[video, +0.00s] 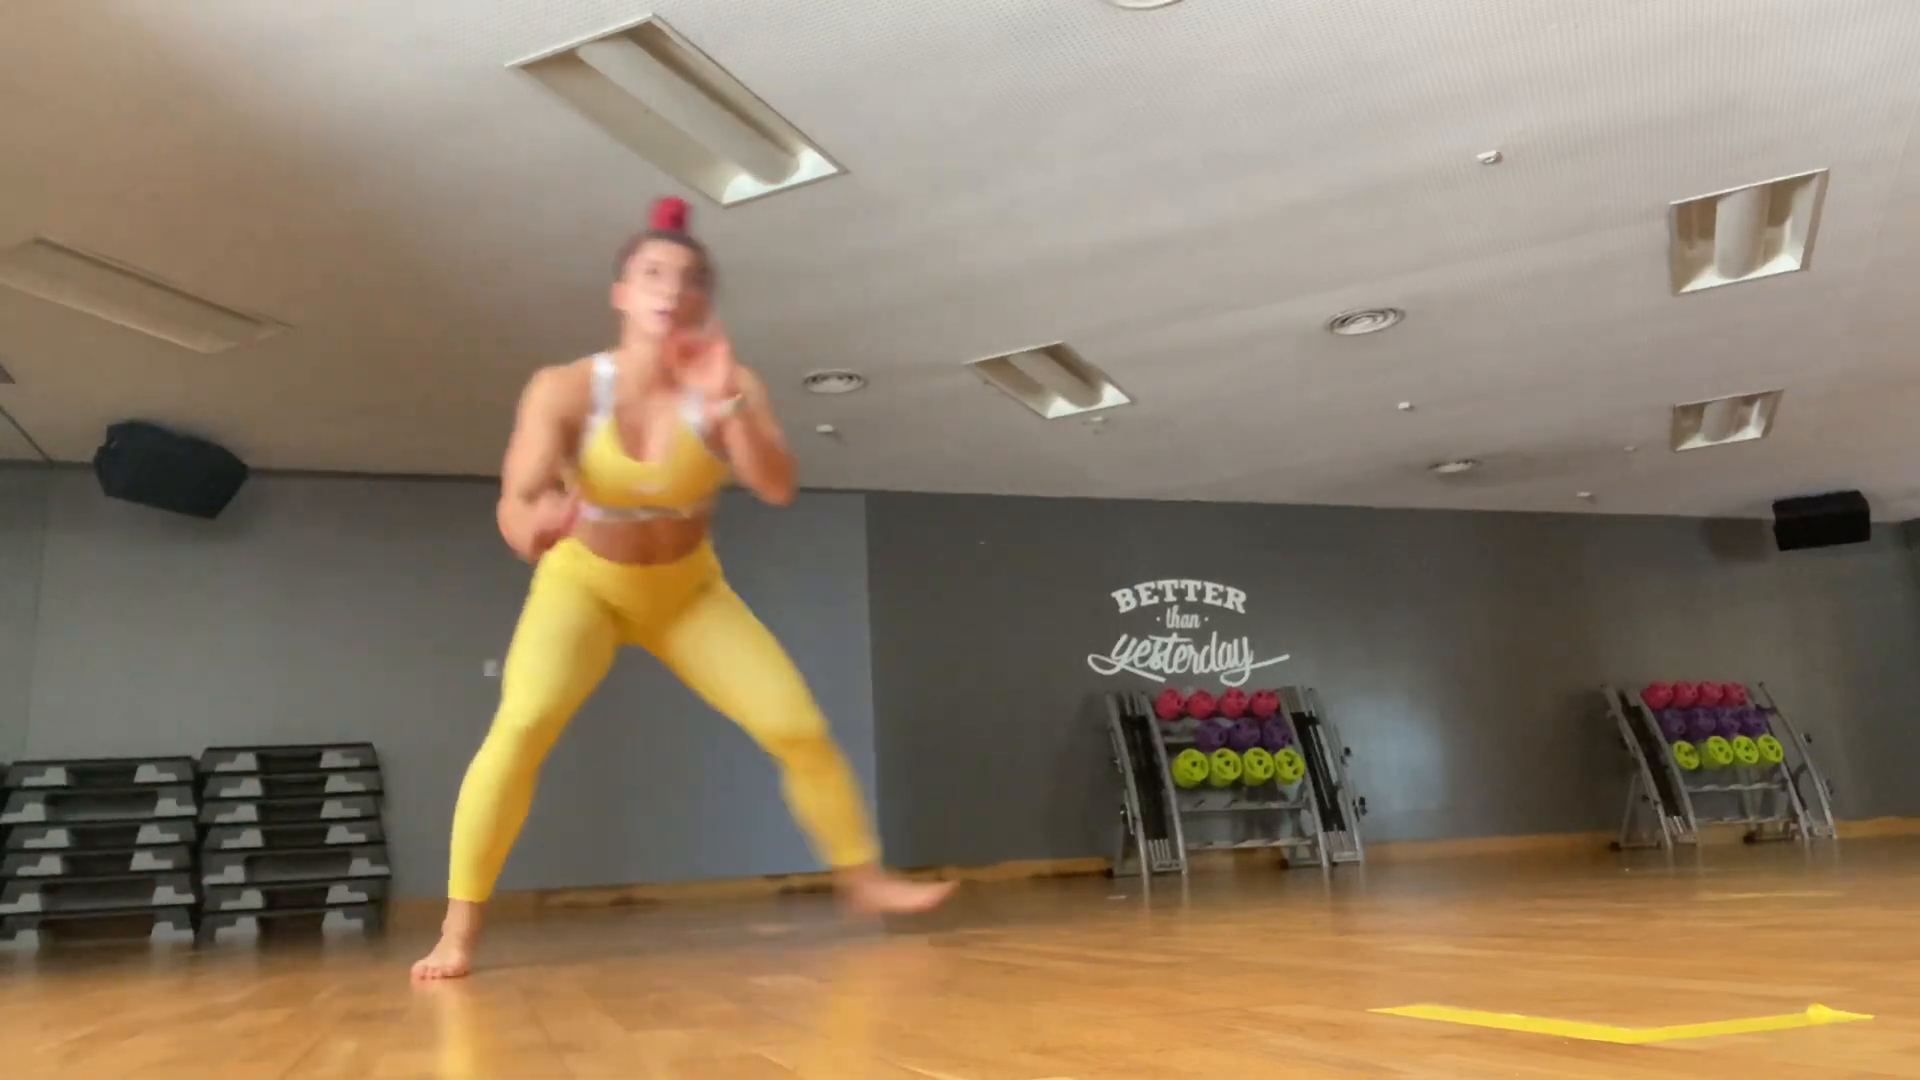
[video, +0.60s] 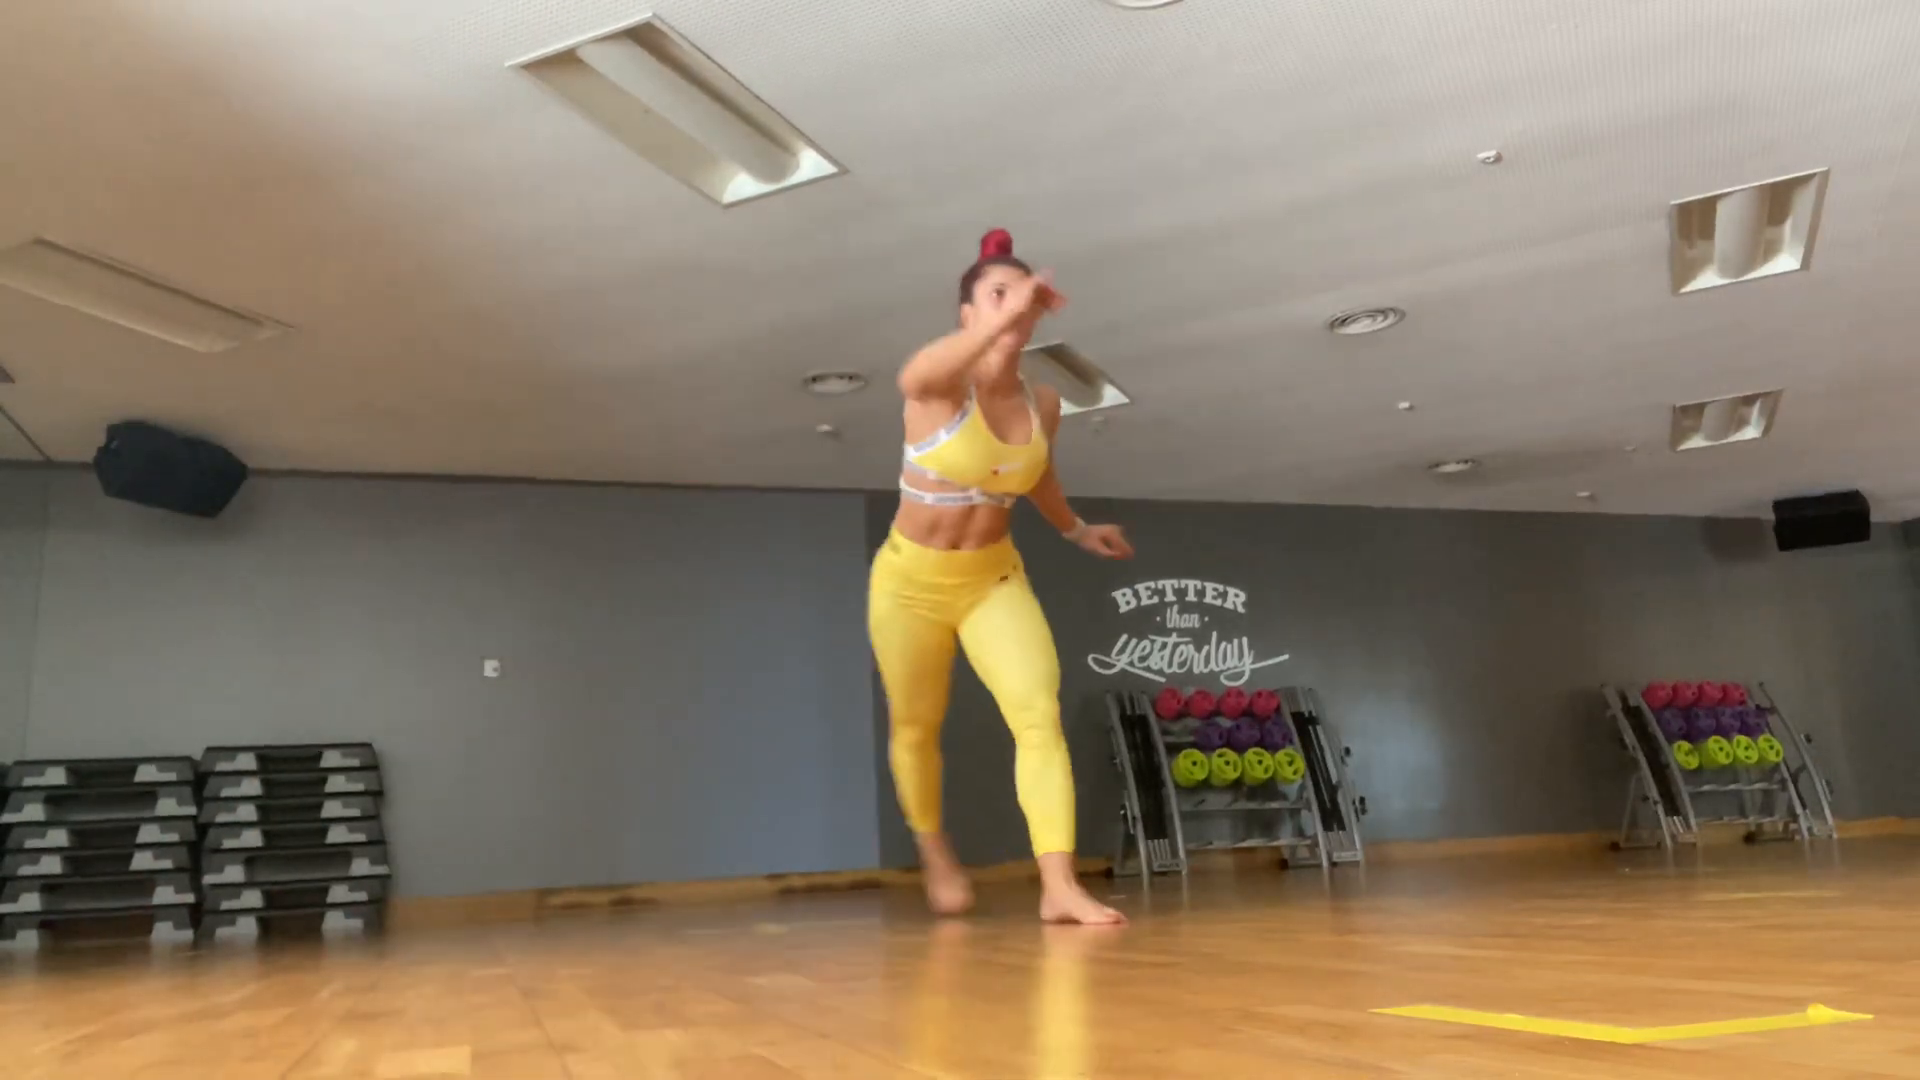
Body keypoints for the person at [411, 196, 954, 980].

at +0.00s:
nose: (670, 290)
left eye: (688, 278)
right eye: (653, 274)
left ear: (706, 305)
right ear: (620, 293)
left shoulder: (726, 386)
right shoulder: (563, 391)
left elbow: (778, 487)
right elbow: (516, 512)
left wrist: (728, 409)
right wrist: (537, 521)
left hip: (691, 591)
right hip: (583, 588)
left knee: (798, 727)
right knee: (522, 727)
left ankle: (862, 879)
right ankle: (459, 926)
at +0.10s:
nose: (766, 318)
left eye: (778, 305)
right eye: (749, 304)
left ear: (793, 324)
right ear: (709, 318)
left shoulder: (797, 408)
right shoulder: (643, 411)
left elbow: (853, 456)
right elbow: (570, 510)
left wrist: (800, 359)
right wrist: (532, 567)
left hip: (738, 624)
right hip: (637, 611)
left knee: (864, 728)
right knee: (562, 747)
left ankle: (983, 866)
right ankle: (466, 927)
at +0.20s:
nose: (893, 333)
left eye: (904, 320)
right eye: (876, 317)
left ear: (919, 340)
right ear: (841, 336)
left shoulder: (930, 425)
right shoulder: (784, 425)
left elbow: (1009, 462)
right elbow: (698, 496)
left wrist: (974, 371)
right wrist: (622, 533)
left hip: (861, 621)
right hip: (762, 609)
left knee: (974, 709)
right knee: (641, 751)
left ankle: (1030, 893)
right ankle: (505, 899)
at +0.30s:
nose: (954, 327)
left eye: (966, 316)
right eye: (938, 314)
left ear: (979, 337)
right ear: (904, 331)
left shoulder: (996, 426)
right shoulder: (849, 417)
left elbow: (1084, 495)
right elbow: (749, 476)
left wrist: (1120, 445)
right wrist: (679, 497)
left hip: (911, 606)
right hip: (817, 597)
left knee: (1008, 706)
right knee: (705, 749)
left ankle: (1030, 892)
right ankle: (588, 906)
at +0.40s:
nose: (1006, 313)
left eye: (1017, 301)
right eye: (989, 299)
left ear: (1029, 321)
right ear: (955, 318)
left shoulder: (1037, 416)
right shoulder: (907, 390)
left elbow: (1098, 499)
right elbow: (796, 435)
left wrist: (1174, 543)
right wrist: (811, 392)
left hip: (954, 590)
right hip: (866, 578)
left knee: (1026, 713)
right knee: (806, 740)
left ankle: (1032, 892)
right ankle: (762, 881)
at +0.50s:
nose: (1017, 303)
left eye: (1027, 293)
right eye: (1000, 291)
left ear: (1037, 315)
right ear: (967, 309)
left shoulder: (1042, 408)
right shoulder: (930, 376)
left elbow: (1067, 490)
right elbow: (856, 395)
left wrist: (1124, 543)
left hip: (976, 584)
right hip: (891, 579)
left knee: (1032, 711)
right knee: (867, 729)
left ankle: (1038, 890)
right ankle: (855, 865)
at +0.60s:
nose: (1015, 306)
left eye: (1023, 296)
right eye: (998, 294)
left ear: (1035, 312)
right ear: (968, 310)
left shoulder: (1042, 404)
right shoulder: (929, 381)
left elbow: (1040, 481)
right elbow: (935, 372)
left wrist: (1078, 531)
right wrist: (1013, 316)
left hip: (995, 581)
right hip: (911, 582)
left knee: (1037, 714)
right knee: (916, 728)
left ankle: (1058, 887)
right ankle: (933, 851)